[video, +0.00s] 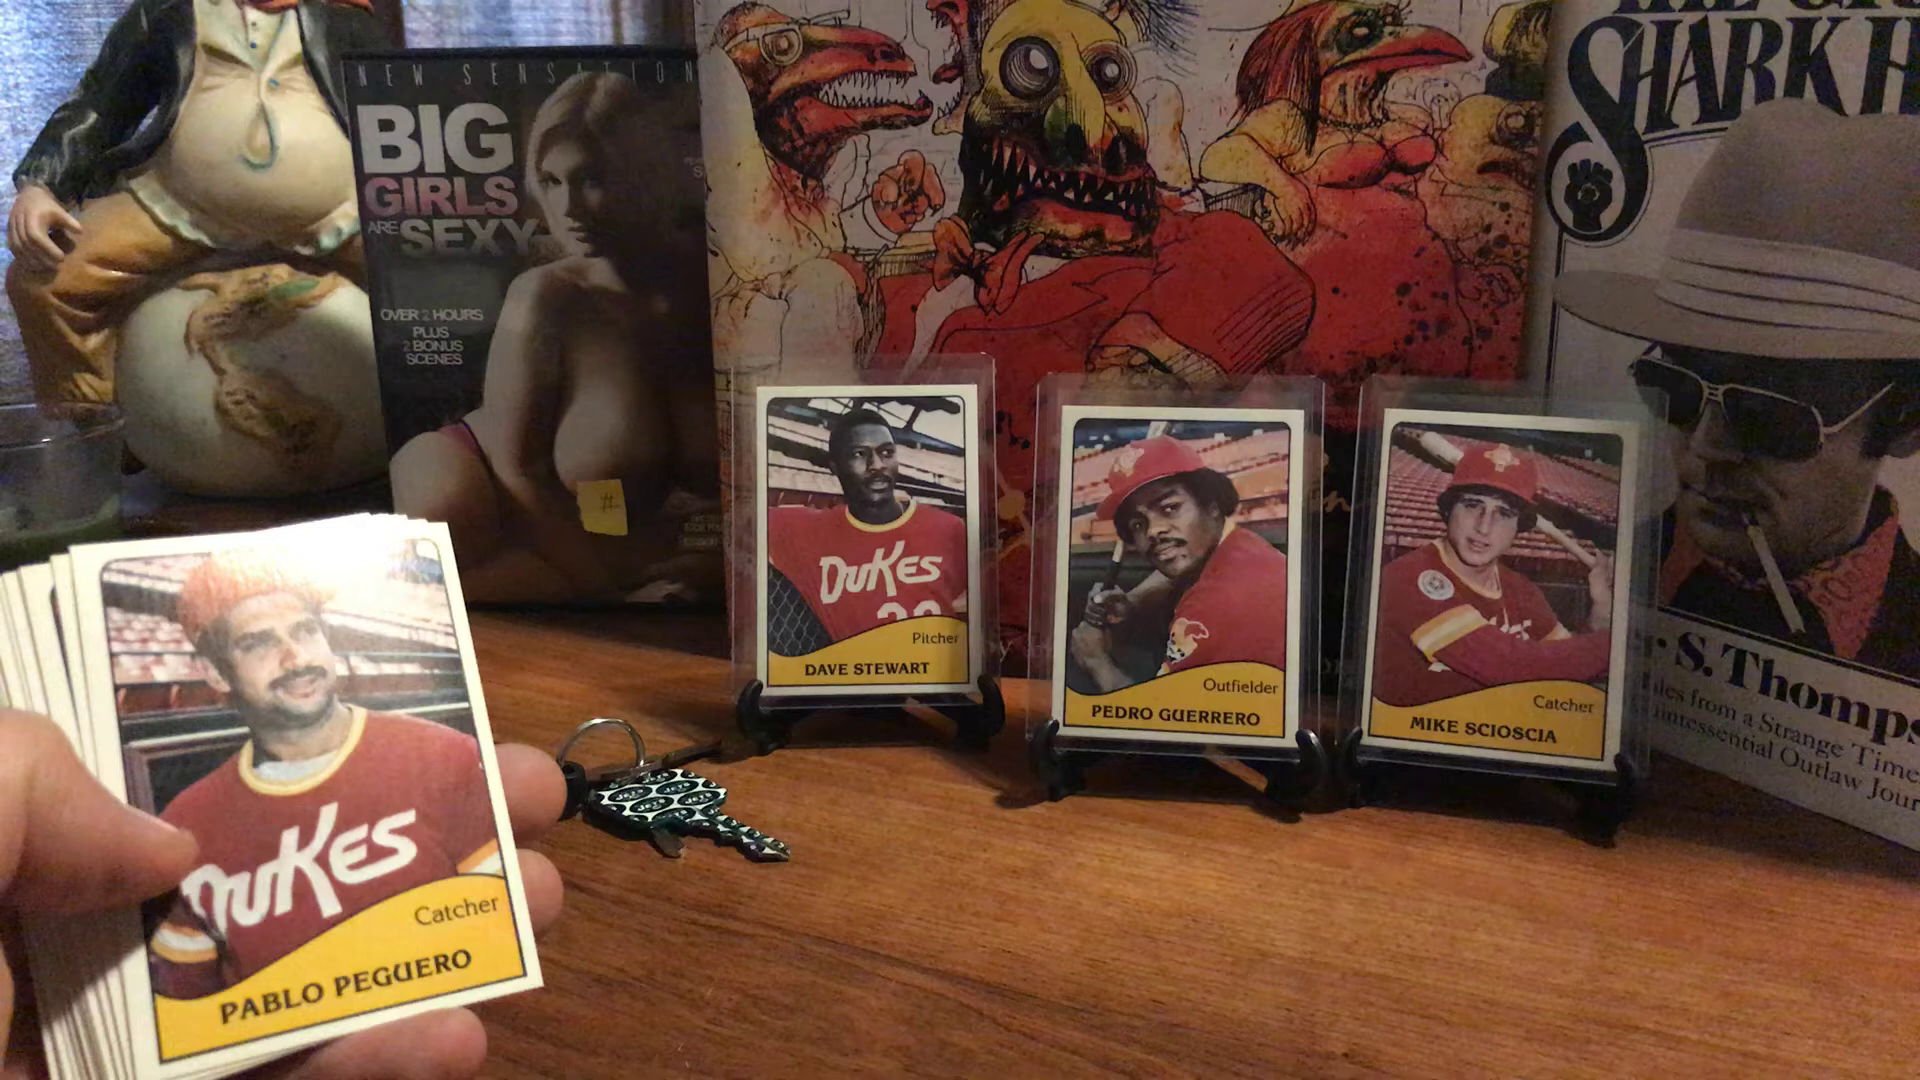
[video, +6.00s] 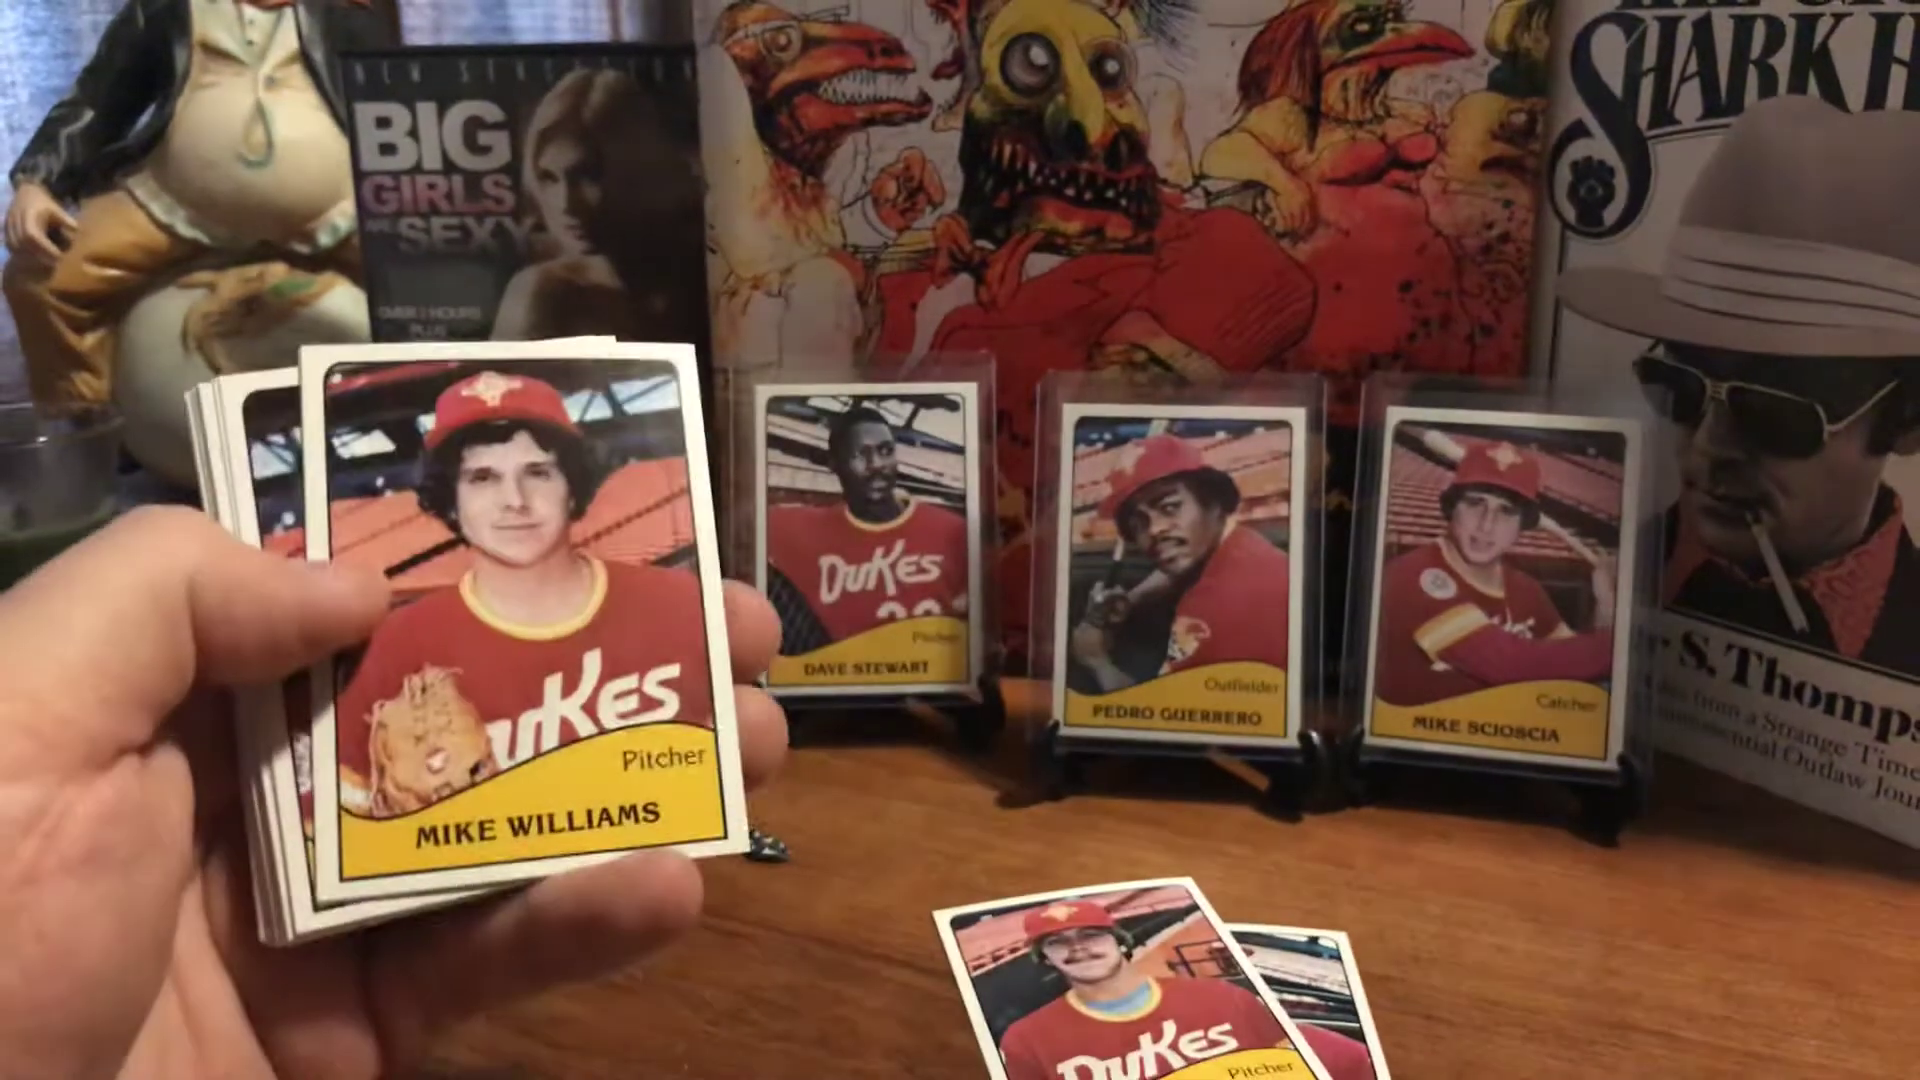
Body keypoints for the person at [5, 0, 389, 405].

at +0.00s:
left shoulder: (350, 18)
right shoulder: (167, 10)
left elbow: (400, 110)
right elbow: (99, 102)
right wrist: (36, 182)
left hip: (338, 210)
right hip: (179, 205)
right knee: (43, 281)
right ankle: (103, 453)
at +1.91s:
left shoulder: (349, 20)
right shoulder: (165, 12)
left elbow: (401, 112)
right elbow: (97, 104)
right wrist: (36, 183)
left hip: (339, 211)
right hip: (178, 207)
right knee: (44, 282)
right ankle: (101, 445)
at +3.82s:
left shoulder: (347, 19)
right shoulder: (163, 14)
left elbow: (401, 101)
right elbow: (99, 101)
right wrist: (36, 183)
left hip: (339, 212)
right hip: (179, 206)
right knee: (43, 284)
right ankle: (105, 443)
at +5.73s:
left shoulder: (346, 16)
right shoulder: (157, 12)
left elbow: (395, 94)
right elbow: (94, 99)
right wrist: (30, 180)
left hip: (335, 208)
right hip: (174, 203)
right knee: (39, 279)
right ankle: (91, 452)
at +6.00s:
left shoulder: (351, 15)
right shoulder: (163, 11)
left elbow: (399, 98)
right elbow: (97, 99)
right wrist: (33, 180)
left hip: (336, 210)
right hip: (176, 204)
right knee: (41, 280)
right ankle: (94, 444)